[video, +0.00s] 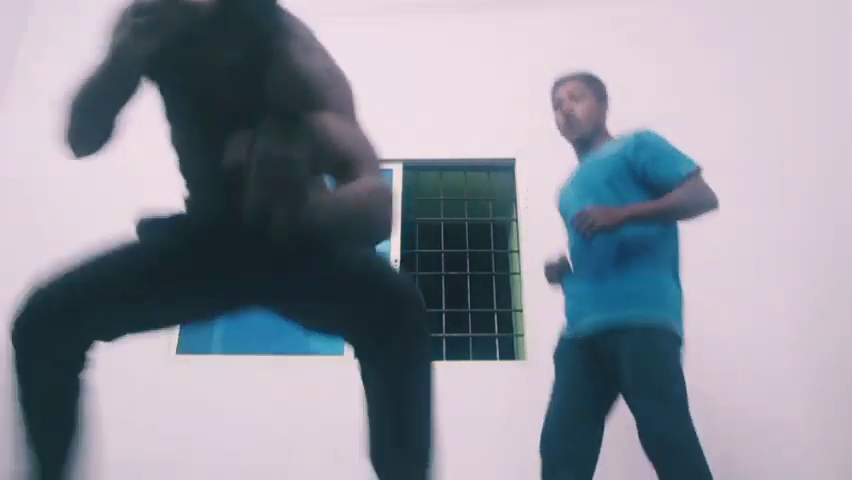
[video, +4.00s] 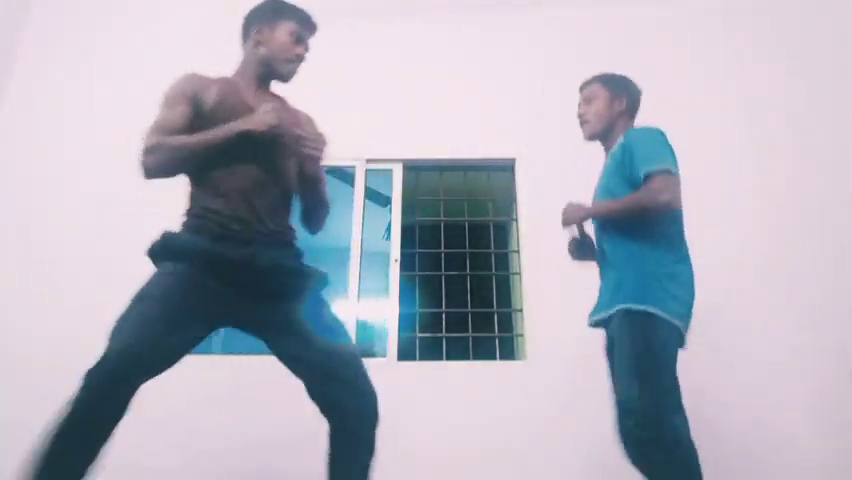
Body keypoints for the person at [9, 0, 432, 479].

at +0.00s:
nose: (188, 14)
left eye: (198, 12)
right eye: (176, 12)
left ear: (234, 11)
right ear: (169, 11)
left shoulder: (293, 51)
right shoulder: (154, 28)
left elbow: (376, 201)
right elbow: (81, 139)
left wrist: (302, 205)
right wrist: (128, 58)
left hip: (305, 252)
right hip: (205, 247)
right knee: (46, 324)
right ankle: (50, 472)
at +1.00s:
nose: (301, 24)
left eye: (318, 15)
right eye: (292, 13)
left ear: (342, 28)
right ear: (280, 25)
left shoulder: (354, 101)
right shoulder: (258, 95)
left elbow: (377, 205)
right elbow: (229, 192)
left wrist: (283, 150)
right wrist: (244, 137)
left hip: (347, 291)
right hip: (269, 292)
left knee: (397, 384)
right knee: (139, 413)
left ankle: (463, 479)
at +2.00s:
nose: (335, 71)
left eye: (348, 59)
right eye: (324, 57)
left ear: (368, 61)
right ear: (306, 55)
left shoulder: (395, 139)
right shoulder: (274, 126)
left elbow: (463, 212)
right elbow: (195, 183)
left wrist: (536, 179)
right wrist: (103, 137)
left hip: (370, 283)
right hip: (280, 287)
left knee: (445, 374)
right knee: (151, 426)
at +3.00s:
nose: (290, 64)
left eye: (301, 56)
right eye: (281, 52)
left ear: (314, 66)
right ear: (262, 54)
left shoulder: (329, 151)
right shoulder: (215, 124)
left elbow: (339, 231)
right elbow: (176, 204)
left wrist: (354, 245)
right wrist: (209, 180)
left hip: (292, 302)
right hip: (211, 293)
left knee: (322, 431)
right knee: (131, 418)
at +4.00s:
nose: (303, 51)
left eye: (307, 44)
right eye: (296, 38)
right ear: (258, 34)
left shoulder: (299, 123)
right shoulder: (198, 89)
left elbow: (315, 221)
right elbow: (154, 160)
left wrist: (312, 169)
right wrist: (243, 126)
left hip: (276, 278)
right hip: (198, 270)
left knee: (356, 400)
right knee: (115, 372)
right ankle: (51, 475)